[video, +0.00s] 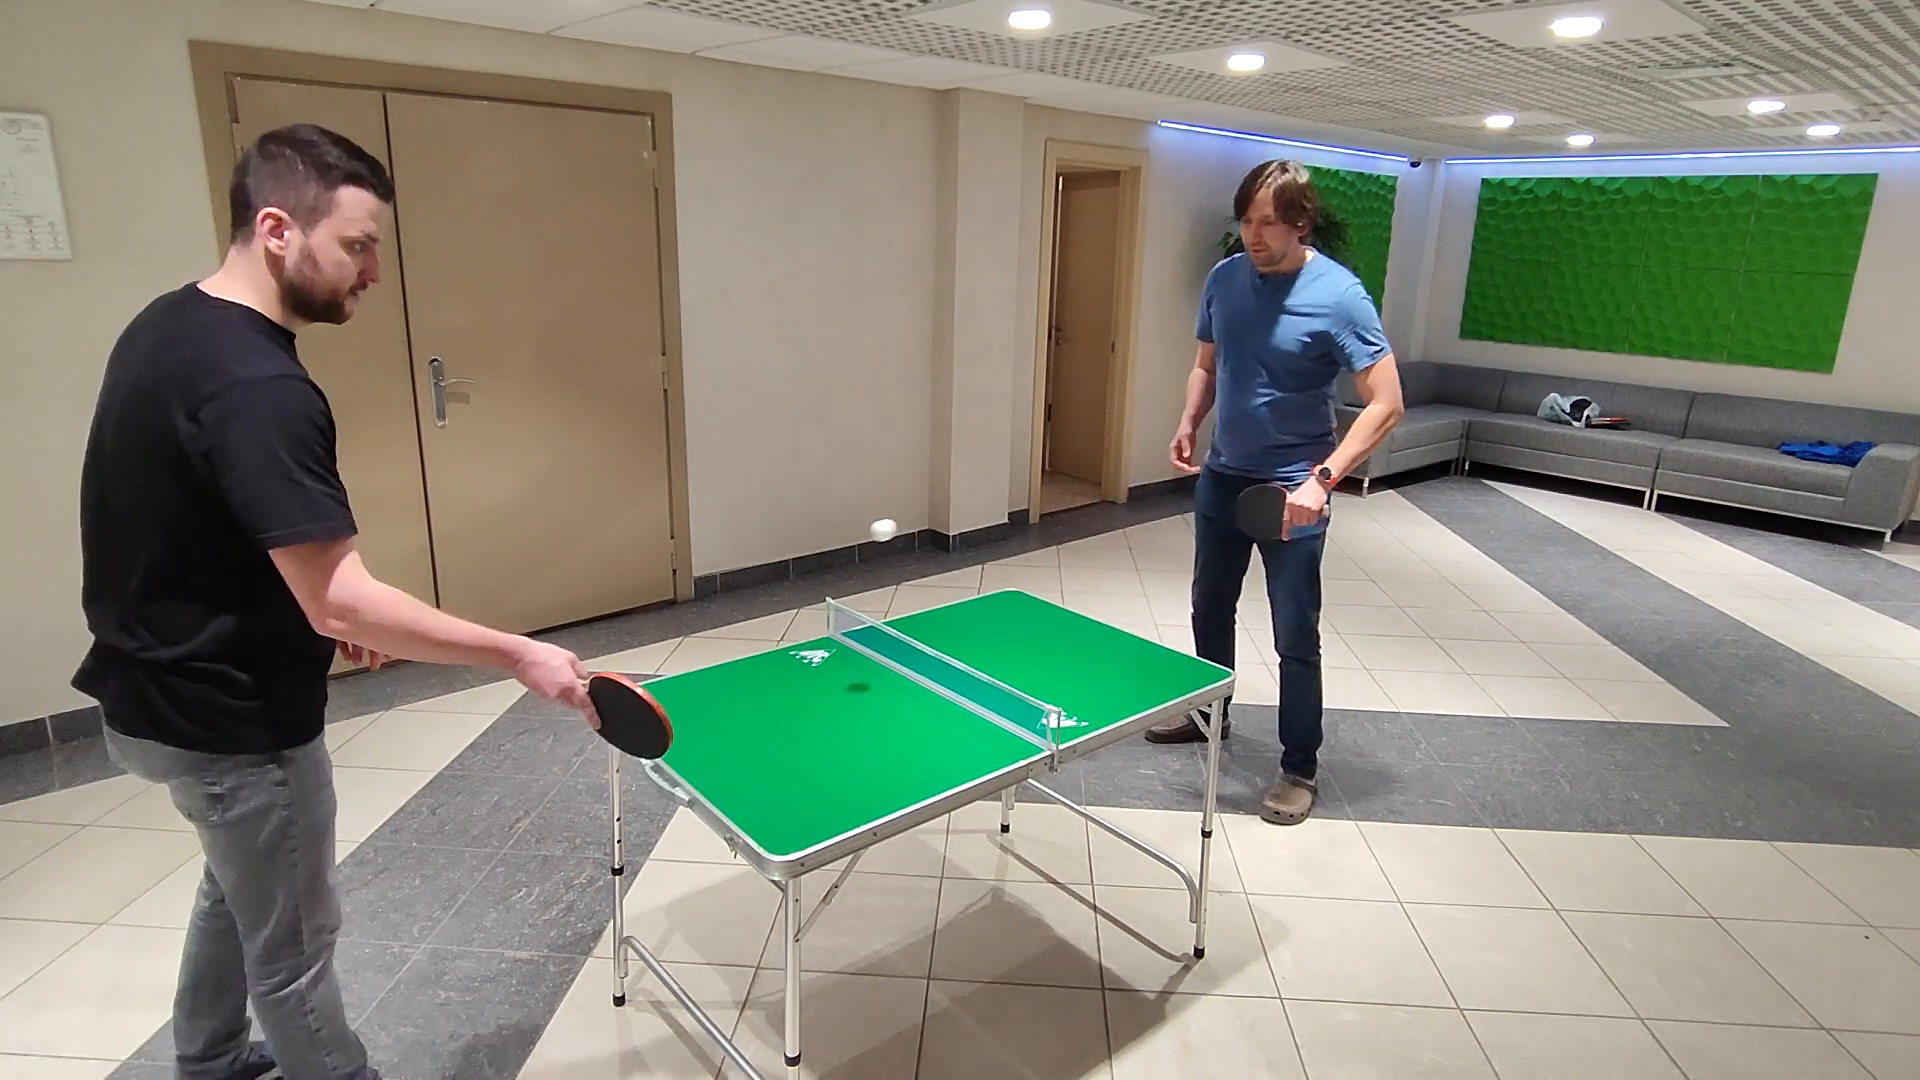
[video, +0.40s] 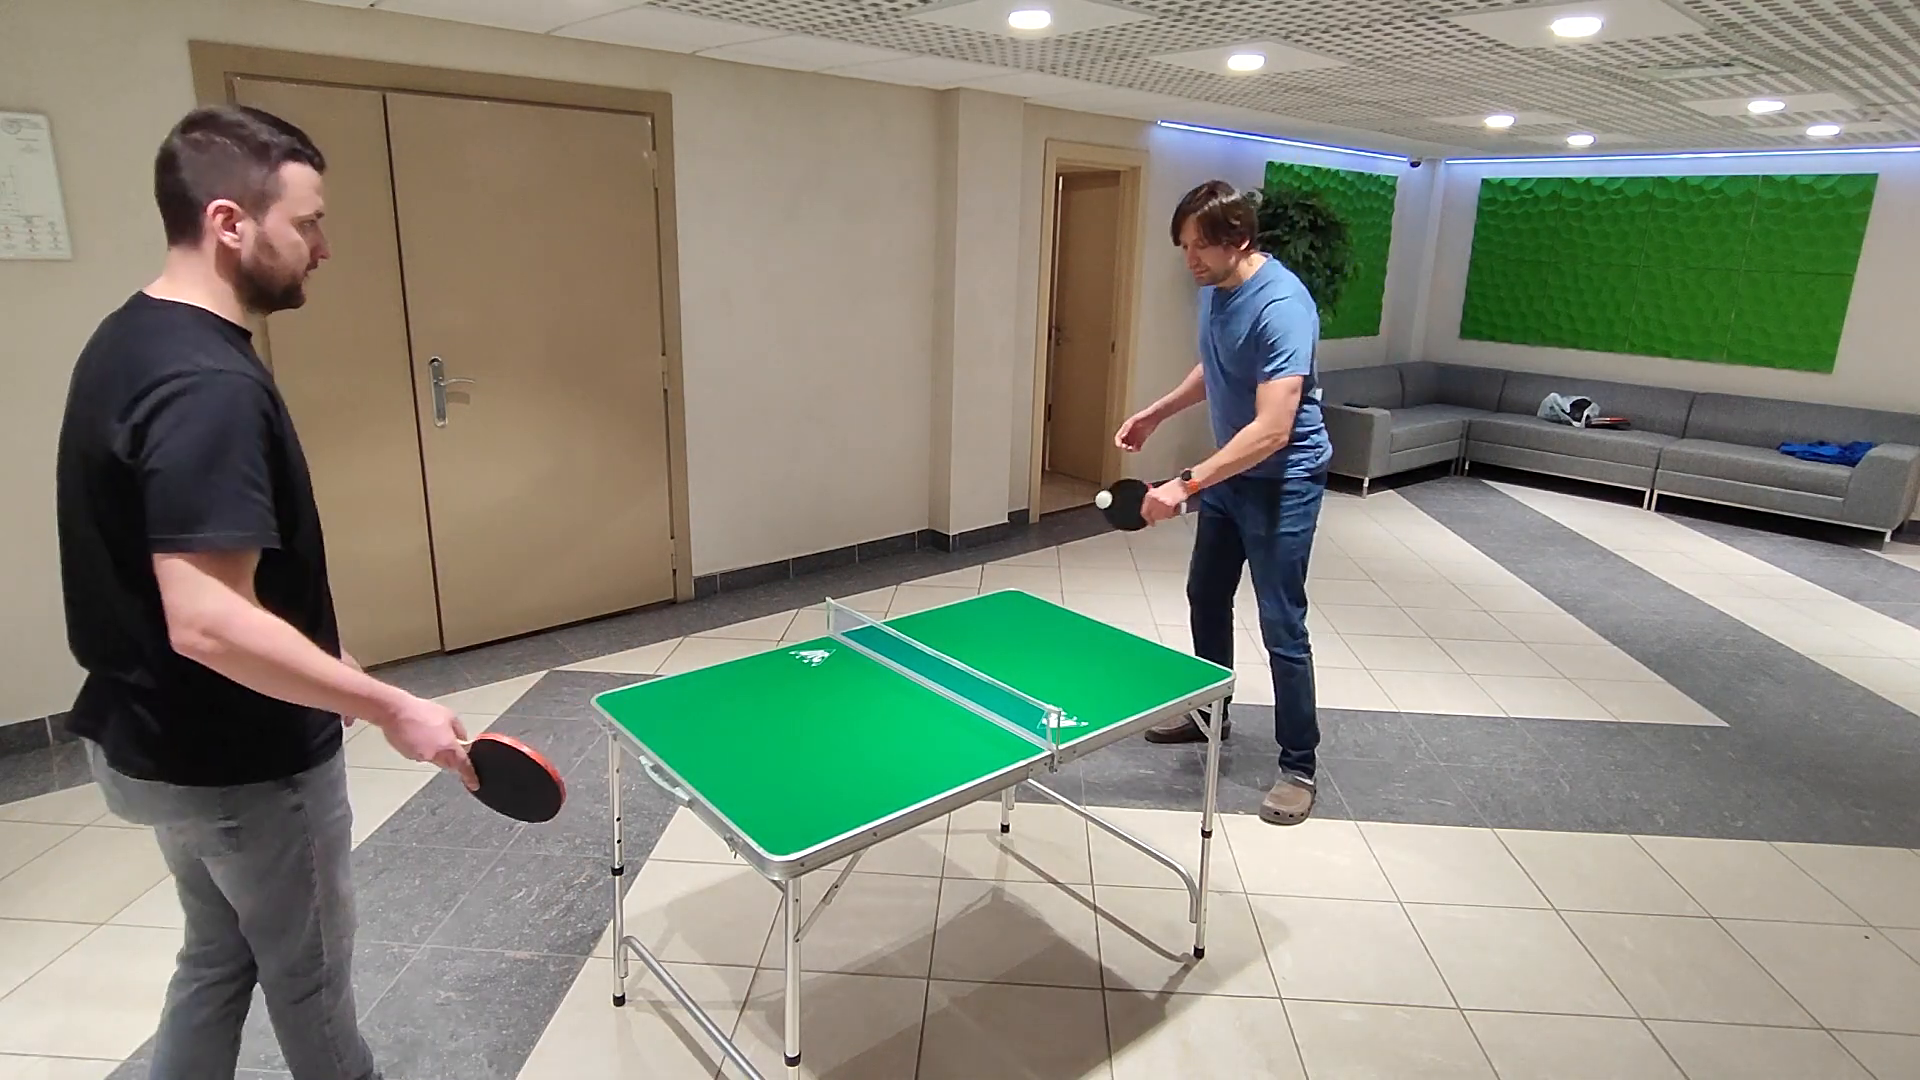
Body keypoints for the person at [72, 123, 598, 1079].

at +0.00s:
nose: (374, 272)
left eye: (378, 249)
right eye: (357, 245)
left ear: (277, 233)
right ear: (276, 230)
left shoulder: (169, 329)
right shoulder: (259, 384)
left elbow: (196, 520)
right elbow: (344, 596)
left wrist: (316, 615)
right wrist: (517, 653)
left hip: (158, 699)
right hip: (241, 724)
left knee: (240, 887)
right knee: (294, 953)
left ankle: (211, 1058)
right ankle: (337, 1073)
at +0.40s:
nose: (321, 249)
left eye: (321, 226)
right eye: (306, 224)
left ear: (226, 225)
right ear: (229, 223)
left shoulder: (128, 342)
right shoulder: (208, 377)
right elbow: (205, 619)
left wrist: (306, 664)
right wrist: (392, 708)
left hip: (155, 749)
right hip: (250, 768)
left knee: (216, 959)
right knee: (313, 988)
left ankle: (173, 1079)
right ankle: (347, 1079)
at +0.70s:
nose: (249, 244)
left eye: (246, 219)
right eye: (226, 219)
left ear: (142, 225)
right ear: (137, 220)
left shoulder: (109, 347)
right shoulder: (102, 364)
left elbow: (189, 578)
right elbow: (55, 612)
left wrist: (302, 687)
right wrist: (268, 722)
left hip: (87, 781)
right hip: (155, 790)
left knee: (127, 1024)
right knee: (335, 969)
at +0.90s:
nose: (233, 258)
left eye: (233, 232)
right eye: (208, 228)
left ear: (113, 221)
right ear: (107, 213)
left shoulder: (83, 344)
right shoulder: (78, 372)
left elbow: (126, 591)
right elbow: (19, 626)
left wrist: (242, 713)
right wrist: (218, 759)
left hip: (76, 807)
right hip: (134, 822)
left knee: (114, 1053)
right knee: (267, 1051)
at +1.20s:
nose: (265, 279)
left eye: (266, 251)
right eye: (245, 247)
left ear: (138, 231)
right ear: (137, 226)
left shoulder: (113, 356)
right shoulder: (73, 398)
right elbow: (44, 685)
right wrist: (281, 774)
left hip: (141, 850)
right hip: (110, 874)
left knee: (187, 1060)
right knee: (174, 1069)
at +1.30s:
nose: (258, 280)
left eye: (262, 250)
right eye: (238, 248)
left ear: (128, 228)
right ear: (131, 224)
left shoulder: (75, 345)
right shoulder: (87, 409)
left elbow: (139, 600)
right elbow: (144, 687)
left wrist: (232, 714)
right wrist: (379, 745)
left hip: (119, 846)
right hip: (117, 874)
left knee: (183, 1059)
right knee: (173, 1071)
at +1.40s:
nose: (248, 271)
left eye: (249, 243)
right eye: (228, 238)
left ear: (114, 220)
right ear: (118, 216)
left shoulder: (29, 338)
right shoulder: (107, 411)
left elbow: (95, 573)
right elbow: (245, 655)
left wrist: (239, 676)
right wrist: (477, 698)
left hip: (62, 845)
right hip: (125, 874)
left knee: (165, 1059)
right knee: (182, 1070)